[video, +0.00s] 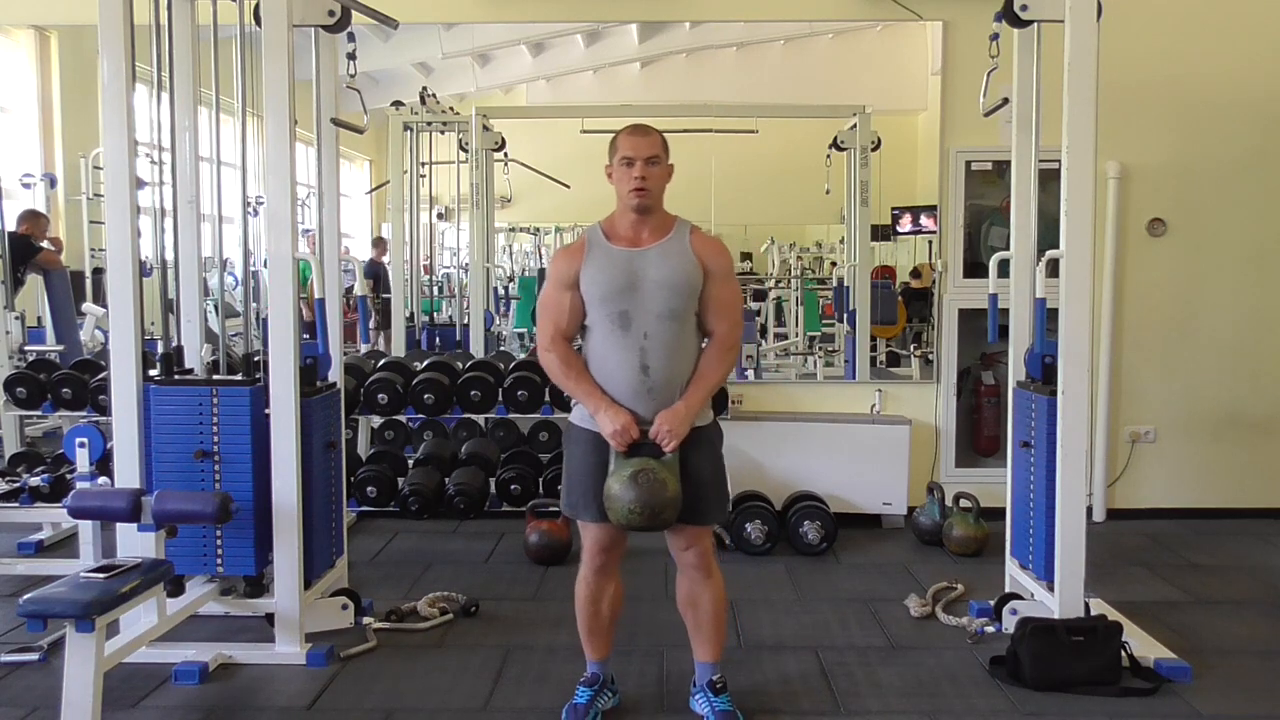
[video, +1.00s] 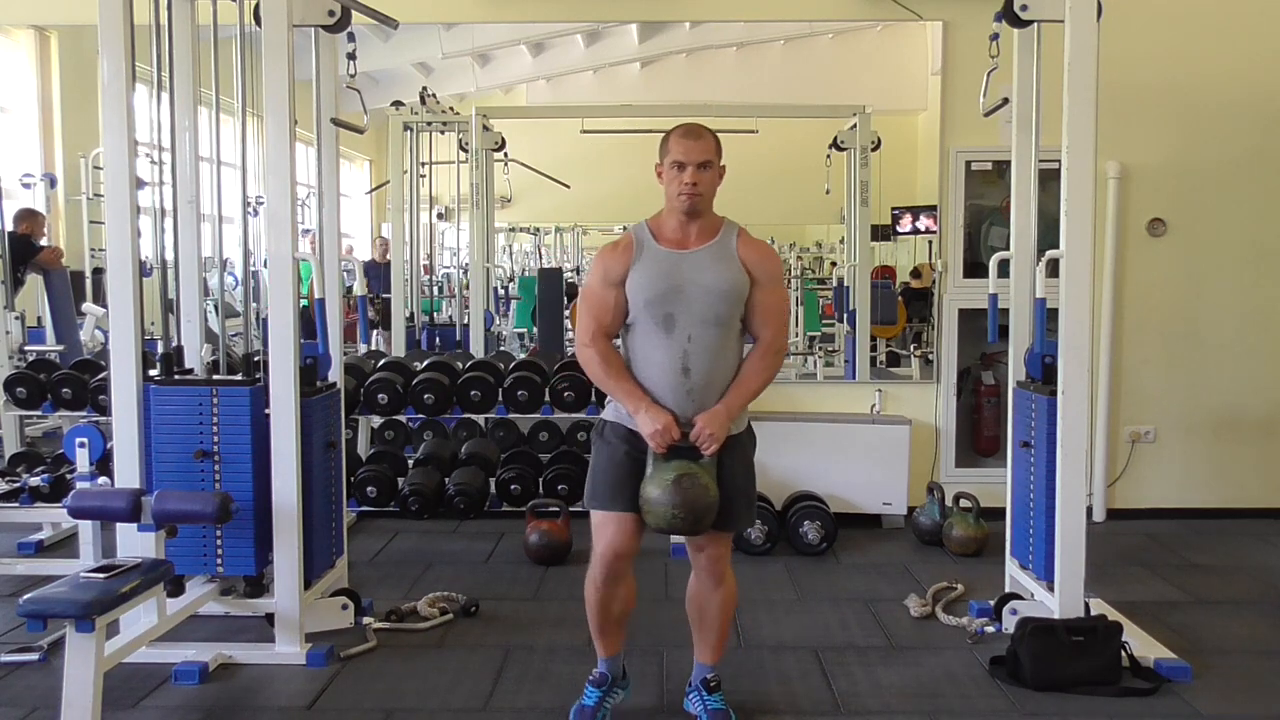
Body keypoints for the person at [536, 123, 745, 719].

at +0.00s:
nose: (640, 173)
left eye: (652, 163)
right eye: (628, 163)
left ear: (669, 172)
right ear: (610, 173)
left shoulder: (705, 252)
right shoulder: (574, 259)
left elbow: (726, 337)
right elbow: (551, 345)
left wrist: (689, 407)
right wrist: (602, 408)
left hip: (685, 428)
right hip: (597, 429)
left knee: (695, 551)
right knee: (598, 551)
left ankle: (708, 686)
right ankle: (596, 679)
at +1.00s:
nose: (691, 178)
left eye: (704, 166)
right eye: (680, 166)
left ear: (721, 174)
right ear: (661, 173)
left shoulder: (755, 258)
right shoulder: (618, 257)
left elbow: (772, 345)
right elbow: (590, 342)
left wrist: (728, 410)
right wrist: (641, 409)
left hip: (717, 435)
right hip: (628, 428)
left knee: (712, 558)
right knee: (610, 556)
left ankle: (705, 685)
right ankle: (607, 673)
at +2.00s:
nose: (645, 349)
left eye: (660, 335)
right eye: (630, 336)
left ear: (679, 343)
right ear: (607, 349)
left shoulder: (709, 401)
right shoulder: (581, 409)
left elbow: (730, 301)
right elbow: (565, 305)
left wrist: (696, 214)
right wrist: (605, 213)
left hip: (698, 634)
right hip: (598, 624)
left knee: (735, 710)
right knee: (596, 695)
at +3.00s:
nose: (662, 259)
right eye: (650, 246)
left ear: (705, 234)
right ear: (624, 240)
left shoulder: (727, 293)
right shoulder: (599, 298)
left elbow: (764, 225)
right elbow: (562, 228)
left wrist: (718, 165)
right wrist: (616, 159)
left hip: (714, 510)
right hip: (622, 511)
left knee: (737, 665)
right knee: (623, 657)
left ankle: (708, 679)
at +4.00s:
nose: (656, 158)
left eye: (668, 150)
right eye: (644, 151)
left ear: (687, 168)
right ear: (628, 170)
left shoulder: (723, 247)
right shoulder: (593, 252)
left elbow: (745, 332)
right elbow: (570, 338)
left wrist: (701, 393)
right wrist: (617, 396)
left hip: (697, 419)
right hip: (615, 419)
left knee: (698, 544)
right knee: (616, 543)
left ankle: (707, 681)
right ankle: (612, 672)